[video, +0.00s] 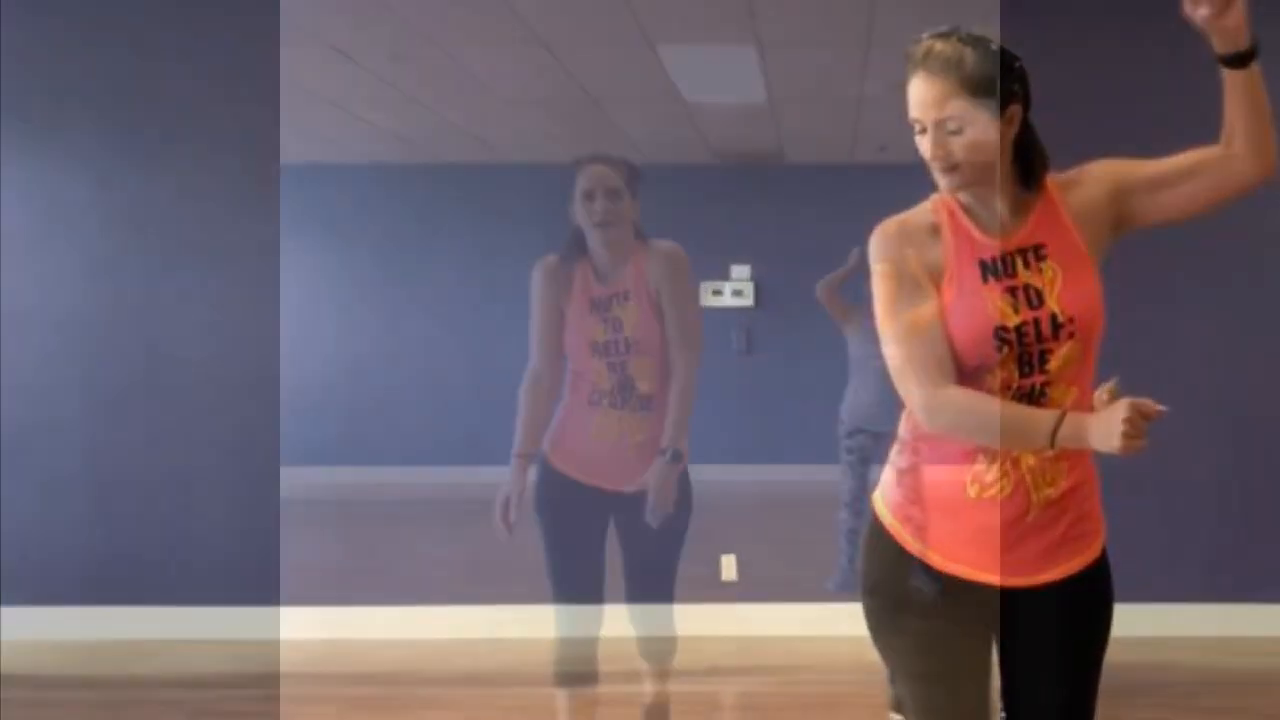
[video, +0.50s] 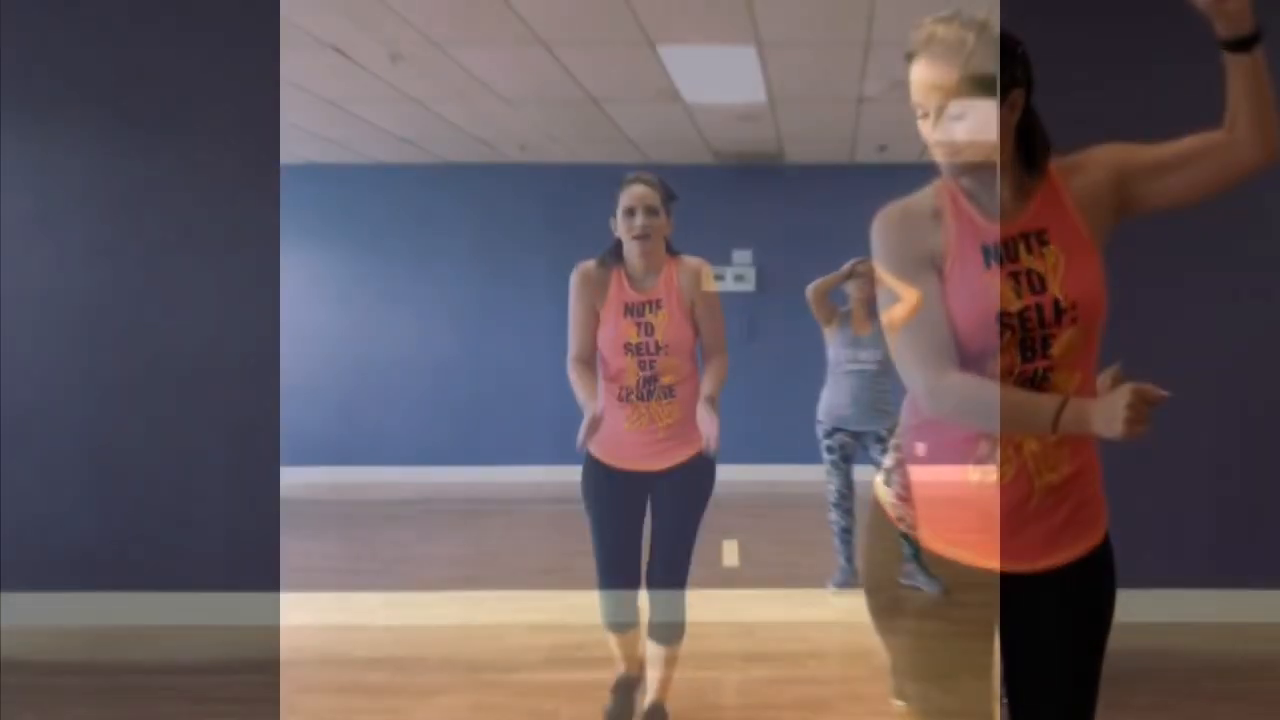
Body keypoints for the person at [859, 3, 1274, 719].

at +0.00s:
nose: (933, 150)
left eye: (953, 128)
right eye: (919, 129)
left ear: (1011, 116)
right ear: (909, 129)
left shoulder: (1092, 201)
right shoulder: (904, 244)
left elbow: (1249, 160)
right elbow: (931, 402)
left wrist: (1232, 45)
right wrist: (1077, 428)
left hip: (1058, 551)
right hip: (929, 555)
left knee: (1057, 712)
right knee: (945, 711)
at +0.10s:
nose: (934, 146)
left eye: (953, 124)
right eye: (920, 126)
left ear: (1011, 113)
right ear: (911, 126)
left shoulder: (1092, 196)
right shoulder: (905, 241)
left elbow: (1250, 156)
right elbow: (931, 398)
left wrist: (1233, 42)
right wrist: (1077, 425)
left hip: (1059, 546)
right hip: (928, 549)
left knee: (1057, 713)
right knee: (946, 712)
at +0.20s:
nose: (934, 142)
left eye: (953, 121)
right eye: (921, 124)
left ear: (1011, 110)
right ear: (911, 125)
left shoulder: (1093, 193)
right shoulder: (907, 237)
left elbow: (1250, 152)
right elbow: (932, 395)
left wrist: (1234, 40)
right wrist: (1080, 422)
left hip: (1059, 543)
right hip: (929, 546)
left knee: (1056, 713)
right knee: (946, 713)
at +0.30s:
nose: (934, 139)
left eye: (953, 118)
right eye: (920, 122)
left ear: (1011, 108)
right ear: (911, 122)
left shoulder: (1094, 190)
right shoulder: (907, 233)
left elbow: (1251, 150)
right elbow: (932, 391)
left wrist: (1234, 36)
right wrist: (1081, 419)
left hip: (1059, 541)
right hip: (929, 542)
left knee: (1056, 712)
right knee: (947, 712)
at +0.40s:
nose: (933, 135)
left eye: (952, 114)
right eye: (920, 118)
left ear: (1012, 104)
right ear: (911, 116)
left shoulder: (1093, 186)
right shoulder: (907, 230)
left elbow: (1250, 147)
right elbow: (934, 389)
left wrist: (1236, 35)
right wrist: (1082, 416)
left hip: (1060, 537)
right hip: (931, 538)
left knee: (1058, 711)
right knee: (949, 711)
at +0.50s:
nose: (934, 131)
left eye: (952, 110)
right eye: (921, 114)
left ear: (1011, 103)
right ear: (911, 112)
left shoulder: (1093, 183)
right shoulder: (908, 226)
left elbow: (1251, 144)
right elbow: (934, 386)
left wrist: (1237, 33)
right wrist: (1082, 413)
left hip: (1062, 543)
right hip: (938, 544)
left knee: (1058, 712)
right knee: (948, 711)